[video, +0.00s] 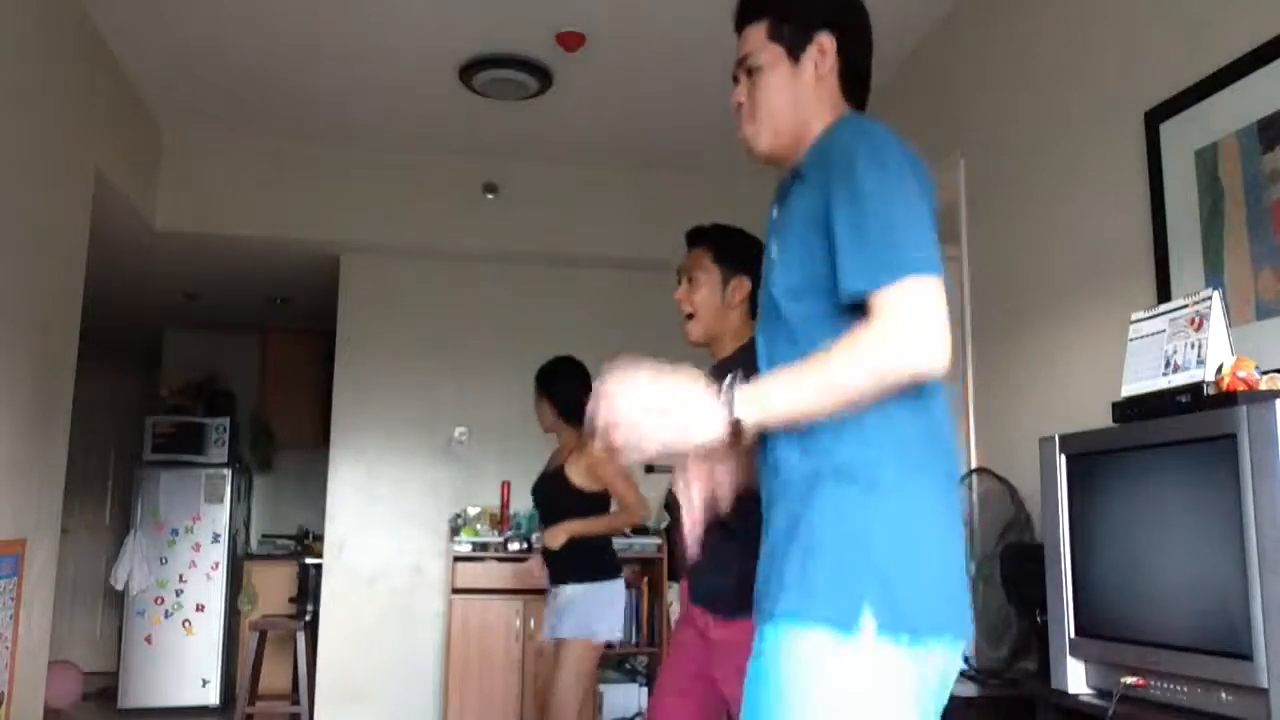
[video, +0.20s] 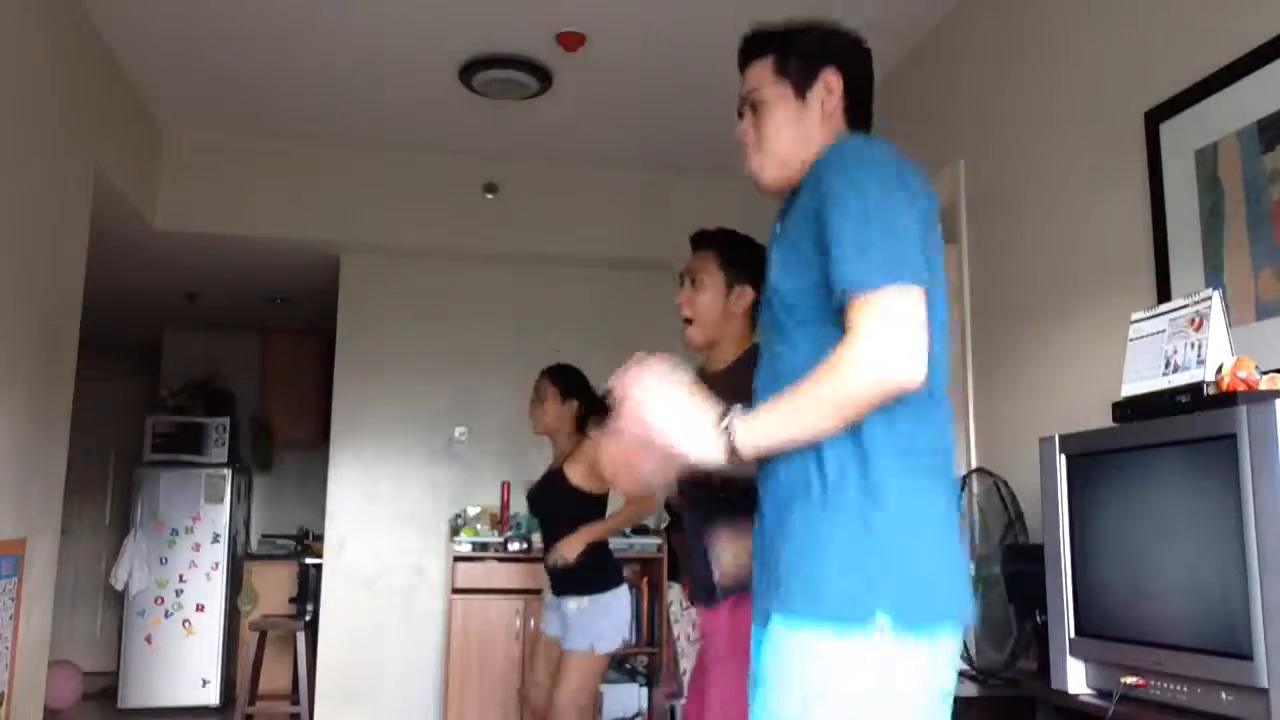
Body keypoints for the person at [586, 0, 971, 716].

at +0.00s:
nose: (736, 99)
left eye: (749, 71)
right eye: (735, 80)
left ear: (819, 60)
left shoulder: (859, 151)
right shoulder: (803, 192)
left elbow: (916, 335)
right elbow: (845, 412)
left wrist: (730, 410)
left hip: (865, 597)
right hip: (817, 593)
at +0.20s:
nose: (740, 133)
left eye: (754, 106)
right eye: (740, 113)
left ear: (826, 94)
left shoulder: (858, 169)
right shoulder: (809, 211)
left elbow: (890, 352)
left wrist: (732, 434)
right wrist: (701, 442)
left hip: (864, 597)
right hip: (818, 593)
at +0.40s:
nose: (729, 99)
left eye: (740, 71)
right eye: (728, 77)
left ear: (811, 55)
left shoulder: (845, 137)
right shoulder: (796, 191)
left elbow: (924, 289)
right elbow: (837, 394)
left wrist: (759, 375)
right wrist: (727, 435)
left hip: (874, 589)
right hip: (830, 584)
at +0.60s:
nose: (726, 100)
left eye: (741, 72)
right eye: (724, 79)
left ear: (817, 58)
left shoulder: (872, 174)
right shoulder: (801, 193)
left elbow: (967, 370)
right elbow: (840, 390)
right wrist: (717, 422)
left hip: (898, 582)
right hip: (816, 572)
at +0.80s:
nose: (714, 125)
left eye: (726, 99)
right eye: (714, 106)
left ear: (801, 83)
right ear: (797, 85)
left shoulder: (890, 195)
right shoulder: (781, 246)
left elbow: (1012, 373)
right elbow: (823, 423)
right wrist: (726, 483)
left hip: (910, 633)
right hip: (807, 619)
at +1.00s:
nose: (704, 115)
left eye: (716, 89)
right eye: (702, 97)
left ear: (785, 71)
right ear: (780, 76)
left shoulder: (842, 129)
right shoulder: (785, 187)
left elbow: (968, 303)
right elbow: (830, 397)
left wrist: (860, 477)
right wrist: (723, 405)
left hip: (890, 562)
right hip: (798, 553)